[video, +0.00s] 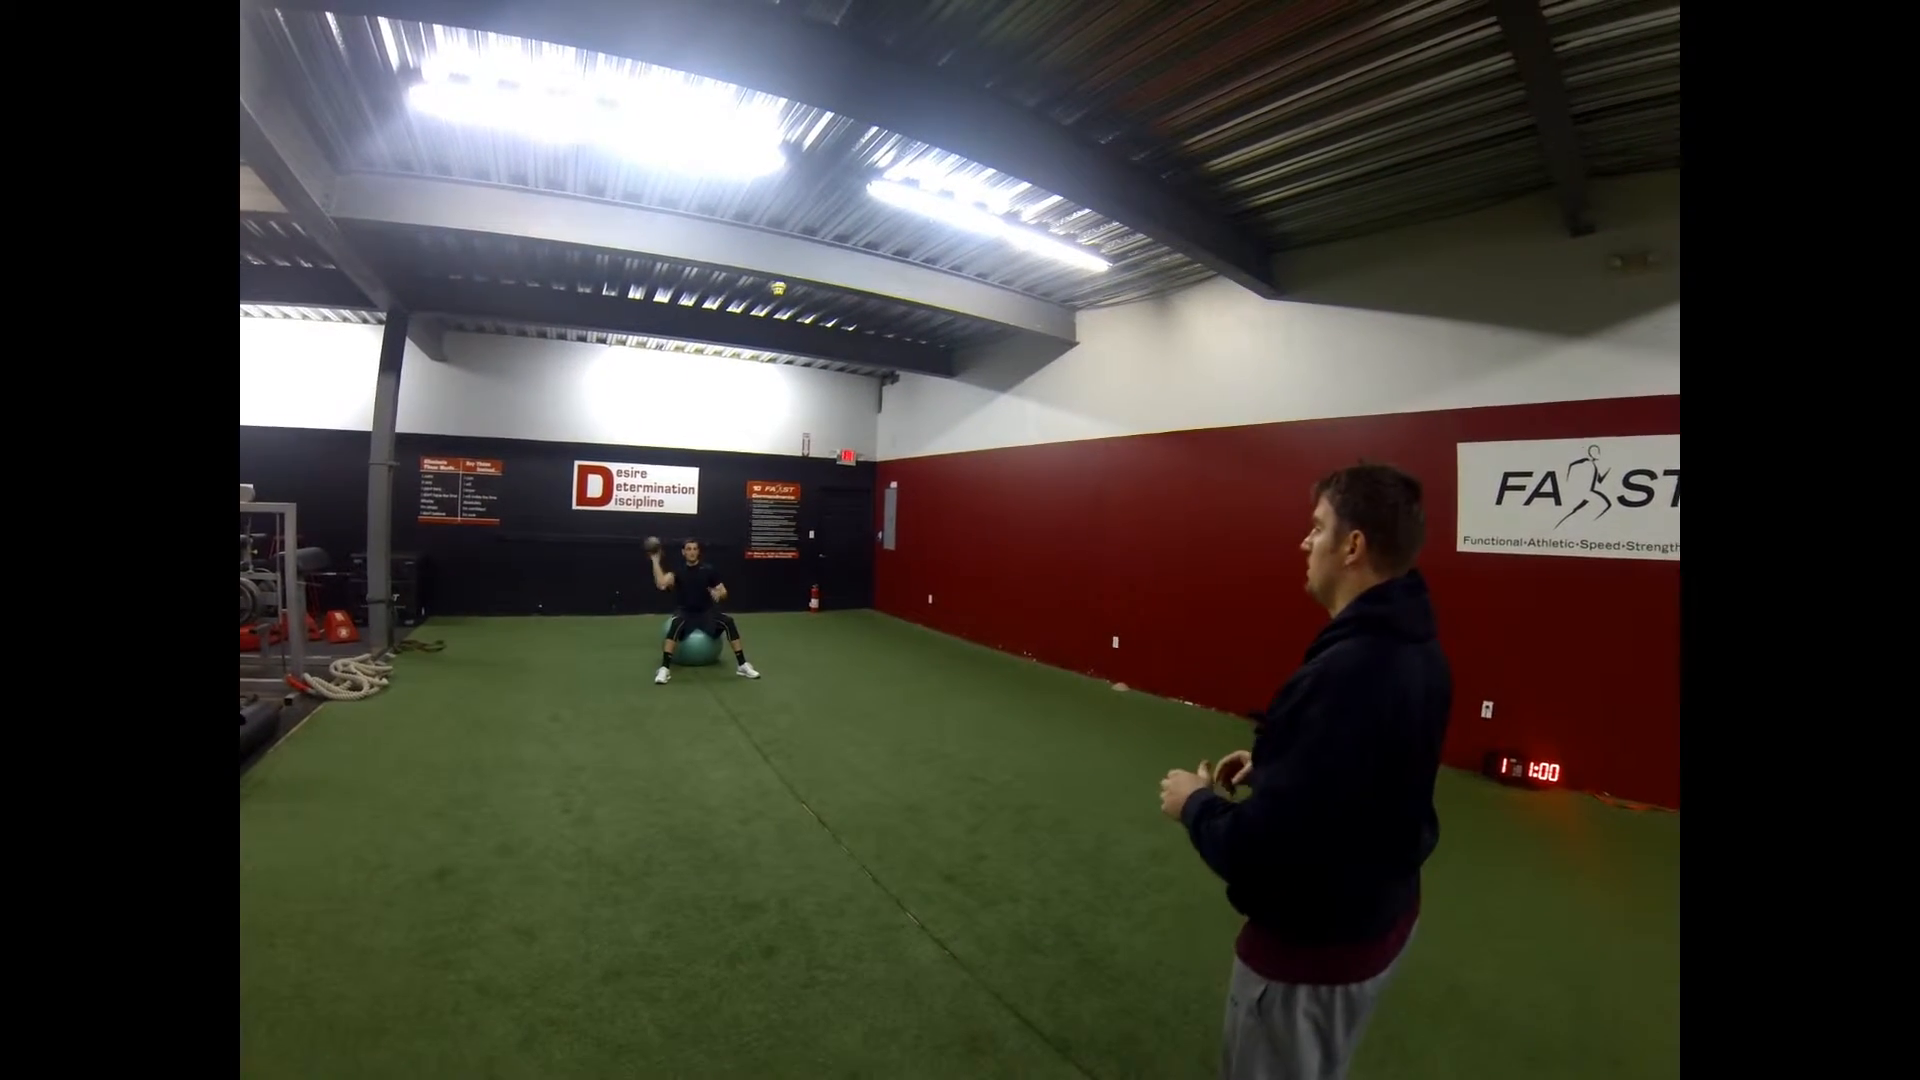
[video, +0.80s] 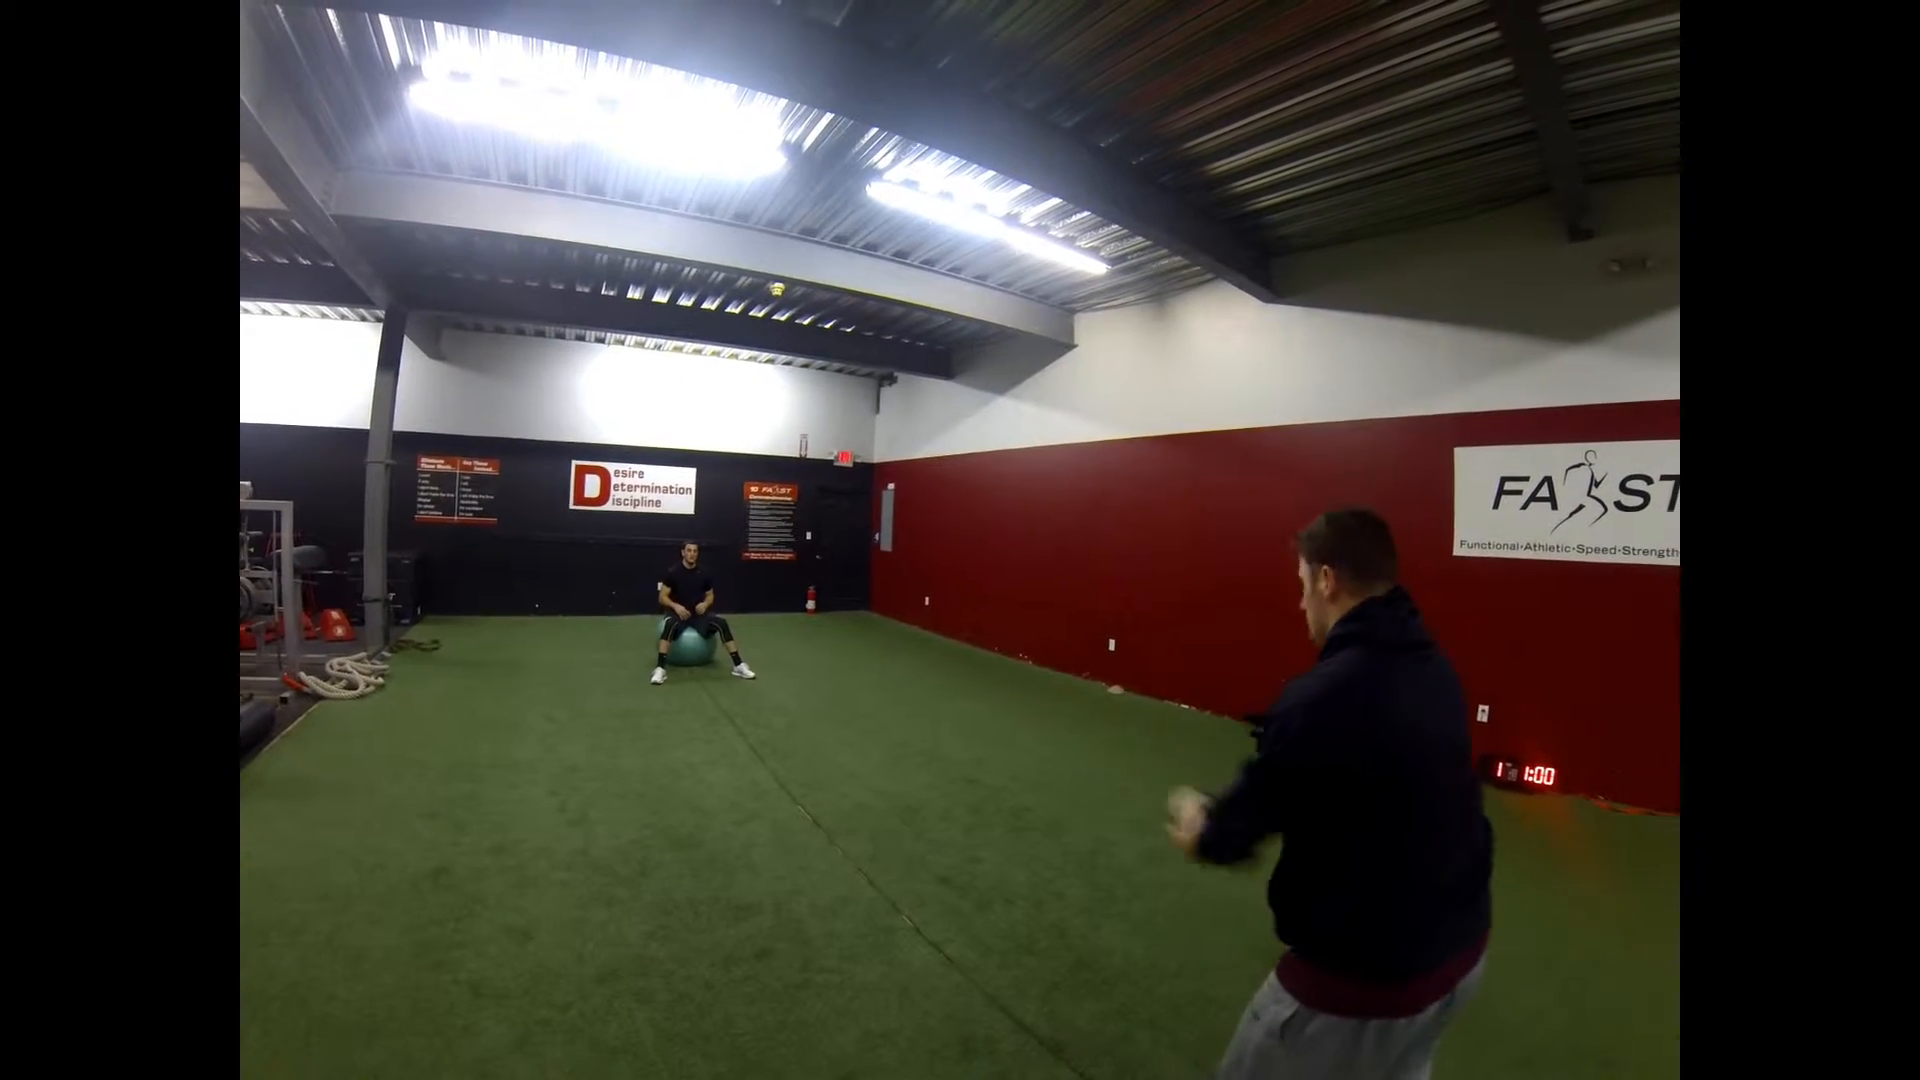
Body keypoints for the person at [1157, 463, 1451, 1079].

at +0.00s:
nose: (1304, 544)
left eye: (1316, 528)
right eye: (1310, 528)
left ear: (1353, 546)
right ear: (1363, 547)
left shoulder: (1347, 666)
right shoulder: (1414, 645)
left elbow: (1262, 847)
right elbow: (1368, 775)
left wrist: (1196, 806)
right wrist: (1268, 767)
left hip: (1306, 957)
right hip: (1373, 931)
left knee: (1266, 1069)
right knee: (1313, 1066)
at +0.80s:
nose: (1302, 602)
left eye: (1303, 584)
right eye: (1301, 585)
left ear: (1328, 582)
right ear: (1388, 576)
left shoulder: (1323, 697)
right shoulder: (1428, 666)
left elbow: (1243, 827)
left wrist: (1201, 830)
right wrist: (1229, 808)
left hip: (1350, 986)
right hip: (1451, 960)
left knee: (1252, 1070)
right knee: (1399, 1068)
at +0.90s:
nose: (1322, 603)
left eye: (1320, 586)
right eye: (1318, 587)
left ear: (1341, 582)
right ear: (1402, 574)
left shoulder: (1330, 699)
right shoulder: (1463, 670)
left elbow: (1261, 844)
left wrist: (1245, 828)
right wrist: (1275, 813)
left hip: (1357, 989)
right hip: (1467, 965)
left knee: (1257, 1071)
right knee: (1408, 1071)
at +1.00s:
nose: (1342, 591)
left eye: (1342, 576)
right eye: (1341, 578)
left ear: (1360, 576)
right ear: (1424, 570)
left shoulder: (1343, 690)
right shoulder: (1490, 669)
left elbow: (1276, 823)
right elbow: (1482, 794)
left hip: (1359, 978)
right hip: (1471, 962)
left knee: (1267, 1070)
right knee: (1412, 1072)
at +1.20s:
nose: (1411, 572)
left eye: (1412, 559)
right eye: (1411, 559)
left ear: (1426, 560)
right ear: (1493, 556)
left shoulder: (1381, 668)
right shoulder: (1548, 671)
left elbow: (1309, 788)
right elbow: (1531, 795)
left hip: (1369, 949)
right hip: (1481, 950)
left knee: (1279, 1071)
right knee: (1418, 1074)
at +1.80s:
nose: (1436, 582)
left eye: (1443, 567)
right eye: (1439, 566)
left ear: (1473, 573)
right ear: (1524, 583)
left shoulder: (1385, 659)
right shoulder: (1556, 712)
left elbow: (1343, 736)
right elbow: (1559, 822)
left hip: (1319, 914)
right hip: (1431, 935)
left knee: (1210, 1056)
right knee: (1402, 1074)